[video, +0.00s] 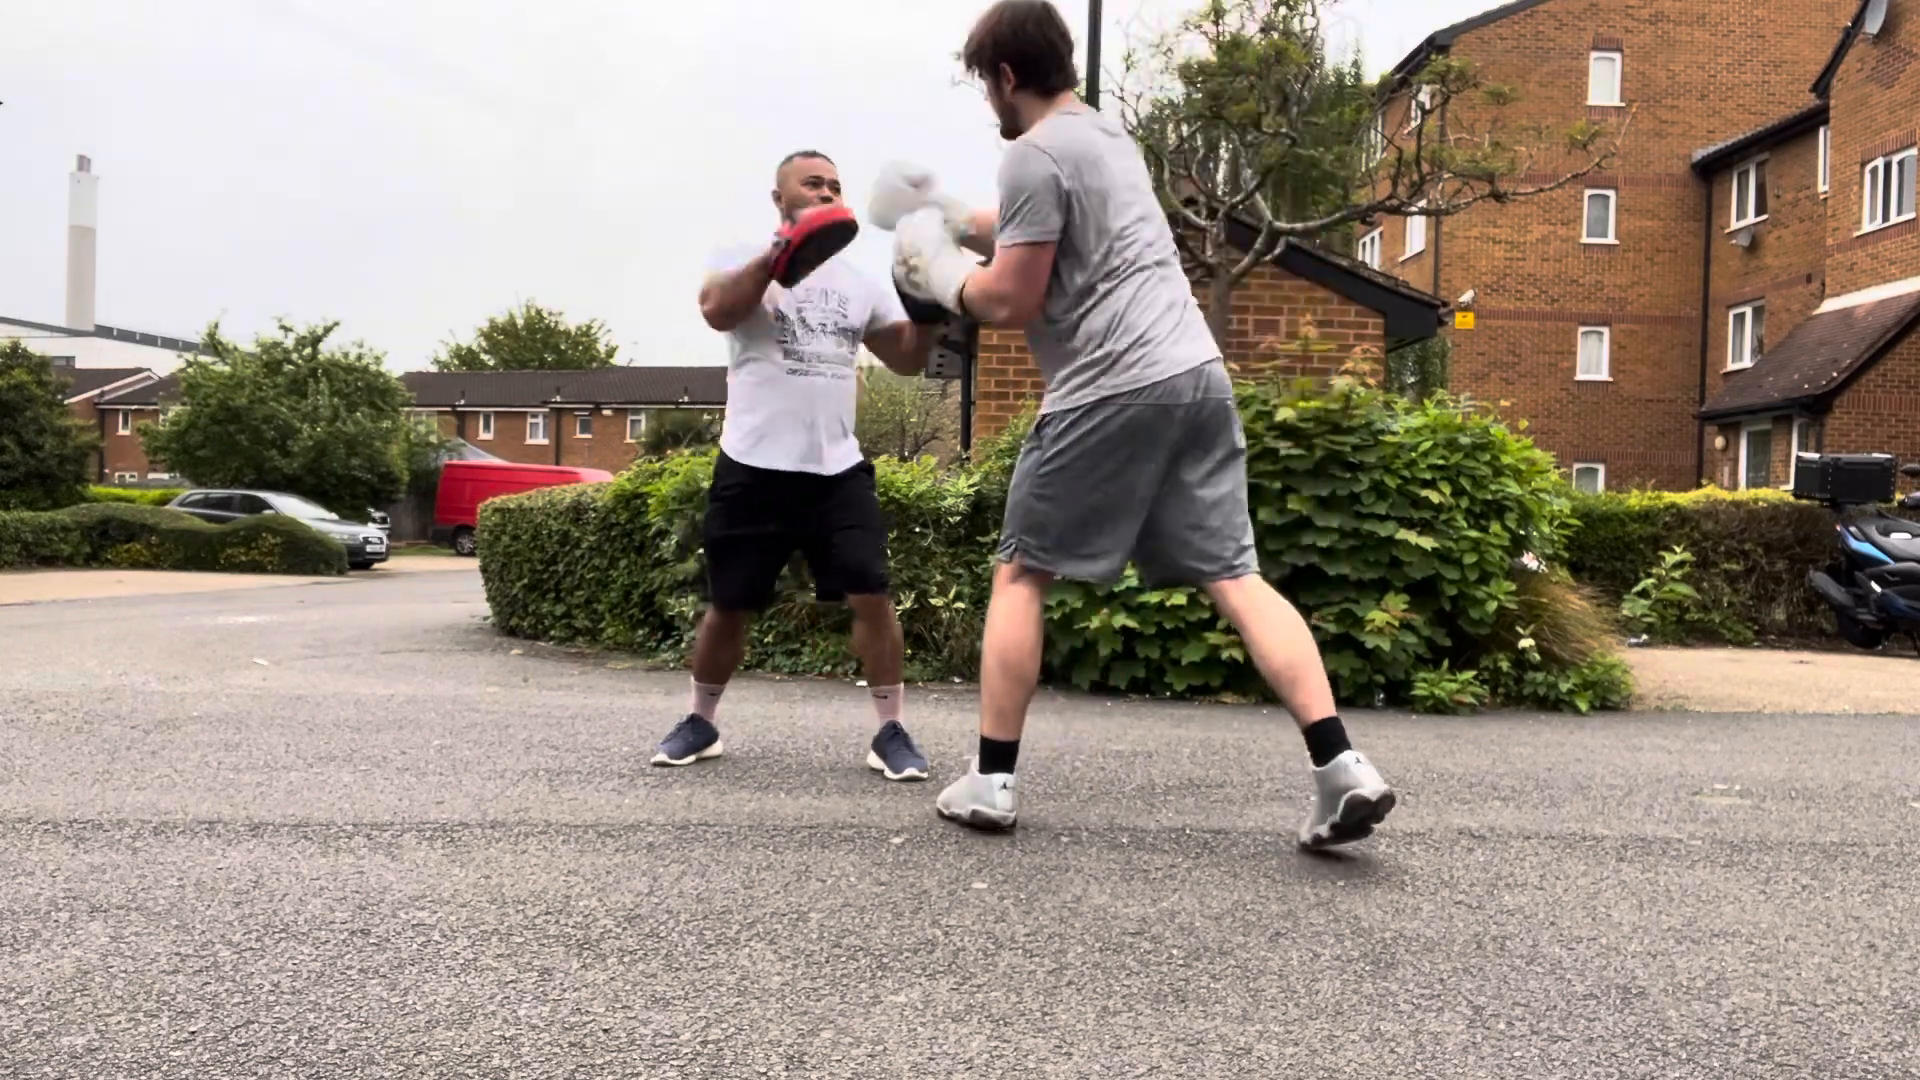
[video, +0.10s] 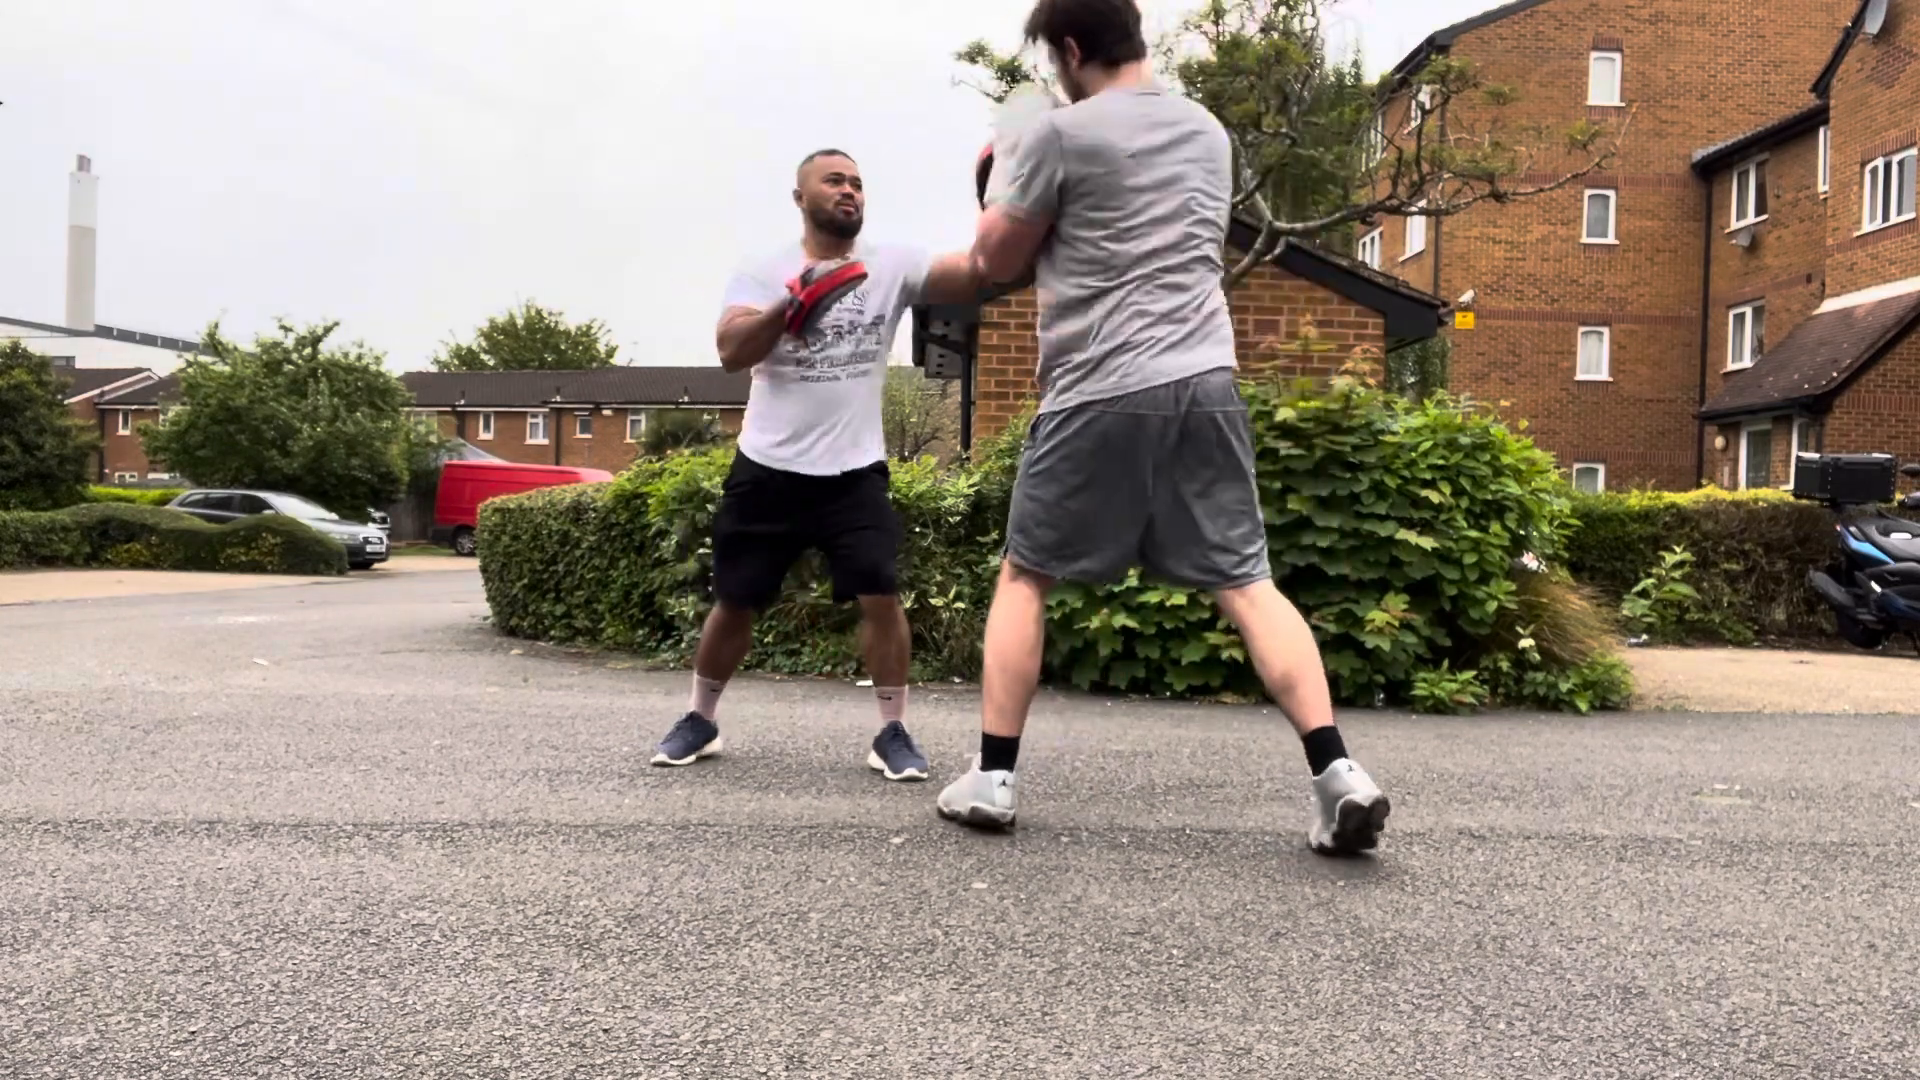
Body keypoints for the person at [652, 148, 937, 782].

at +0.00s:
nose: (828, 194)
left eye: (834, 187)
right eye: (813, 184)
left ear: (843, 201)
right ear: (778, 198)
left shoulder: (858, 278)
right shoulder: (743, 261)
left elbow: (907, 358)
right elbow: (719, 314)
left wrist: (926, 297)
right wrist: (780, 254)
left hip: (838, 464)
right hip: (753, 461)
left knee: (871, 592)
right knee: (727, 603)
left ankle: (890, 729)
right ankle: (700, 721)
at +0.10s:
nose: (849, 191)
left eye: (856, 184)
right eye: (834, 180)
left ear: (864, 202)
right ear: (799, 195)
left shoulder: (891, 265)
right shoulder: (764, 270)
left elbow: (981, 274)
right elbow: (731, 351)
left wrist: (1006, 211)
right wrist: (795, 301)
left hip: (856, 466)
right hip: (768, 464)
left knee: (881, 591)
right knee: (734, 600)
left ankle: (892, 730)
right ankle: (700, 719)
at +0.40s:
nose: (892, 189)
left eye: (899, 181)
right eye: (877, 178)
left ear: (906, 196)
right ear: (841, 187)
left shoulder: (926, 268)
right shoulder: (806, 259)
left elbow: (993, 325)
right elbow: (749, 324)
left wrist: (1017, 275)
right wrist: (791, 256)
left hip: (883, 462)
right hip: (796, 455)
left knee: (896, 595)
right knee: (751, 589)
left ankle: (893, 730)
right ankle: (702, 710)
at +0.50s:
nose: (908, 194)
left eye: (914, 188)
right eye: (896, 181)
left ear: (918, 206)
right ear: (859, 189)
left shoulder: (928, 285)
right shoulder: (821, 255)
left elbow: (961, 372)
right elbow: (777, 288)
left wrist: (992, 328)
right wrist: (807, 211)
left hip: (884, 468)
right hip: (801, 458)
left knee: (895, 593)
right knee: (759, 591)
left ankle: (893, 731)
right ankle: (719, 709)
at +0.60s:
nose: (909, 209)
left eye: (917, 201)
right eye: (898, 198)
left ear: (921, 214)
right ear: (866, 202)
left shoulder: (915, 290)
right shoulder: (820, 255)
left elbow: (929, 383)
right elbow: (823, 276)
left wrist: (975, 351)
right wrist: (866, 203)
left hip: (880, 465)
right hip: (798, 453)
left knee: (893, 593)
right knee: (764, 597)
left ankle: (892, 730)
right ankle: (736, 712)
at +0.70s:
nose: (890, 214)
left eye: (899, 207)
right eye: (877, 203)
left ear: (903, 224)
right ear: (846, 209)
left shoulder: (901, 293)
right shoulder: (797, 261)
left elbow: (914, 381)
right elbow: (776, 324)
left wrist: (970, 362)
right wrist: (812, 256)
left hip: (866, 465)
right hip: (784, 458)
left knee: (888, 590)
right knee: (760, 597)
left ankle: (891, 730)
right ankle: (735, 716)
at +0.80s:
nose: (863, 207)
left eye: (874, 200)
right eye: (851, 194)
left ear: (881, 212)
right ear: (819, 196)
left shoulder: (893, 291)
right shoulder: (772, 266)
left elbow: (929, 371)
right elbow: (730, 341)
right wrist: (785, 289)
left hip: (859, 467)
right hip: (775, 461)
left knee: (883, 591)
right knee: (756, 600)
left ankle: (892, 730)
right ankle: (737, 719)